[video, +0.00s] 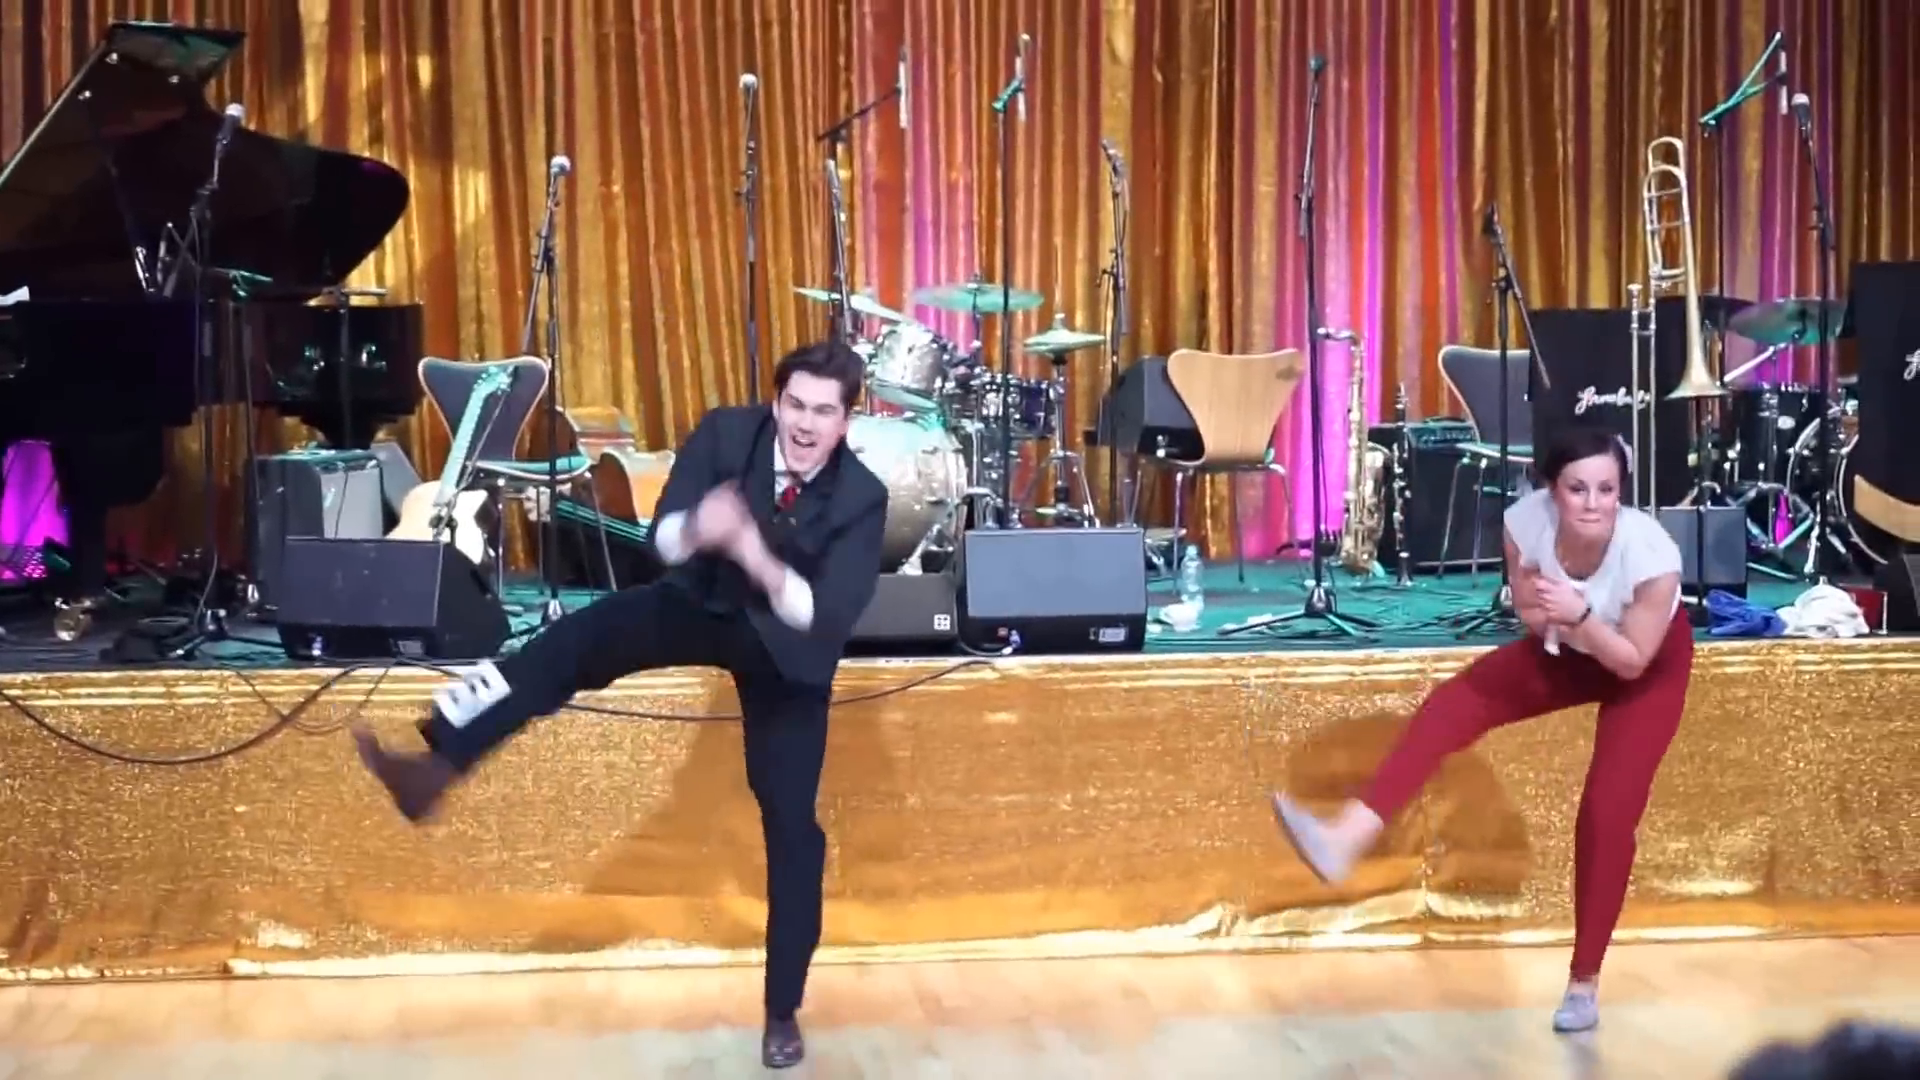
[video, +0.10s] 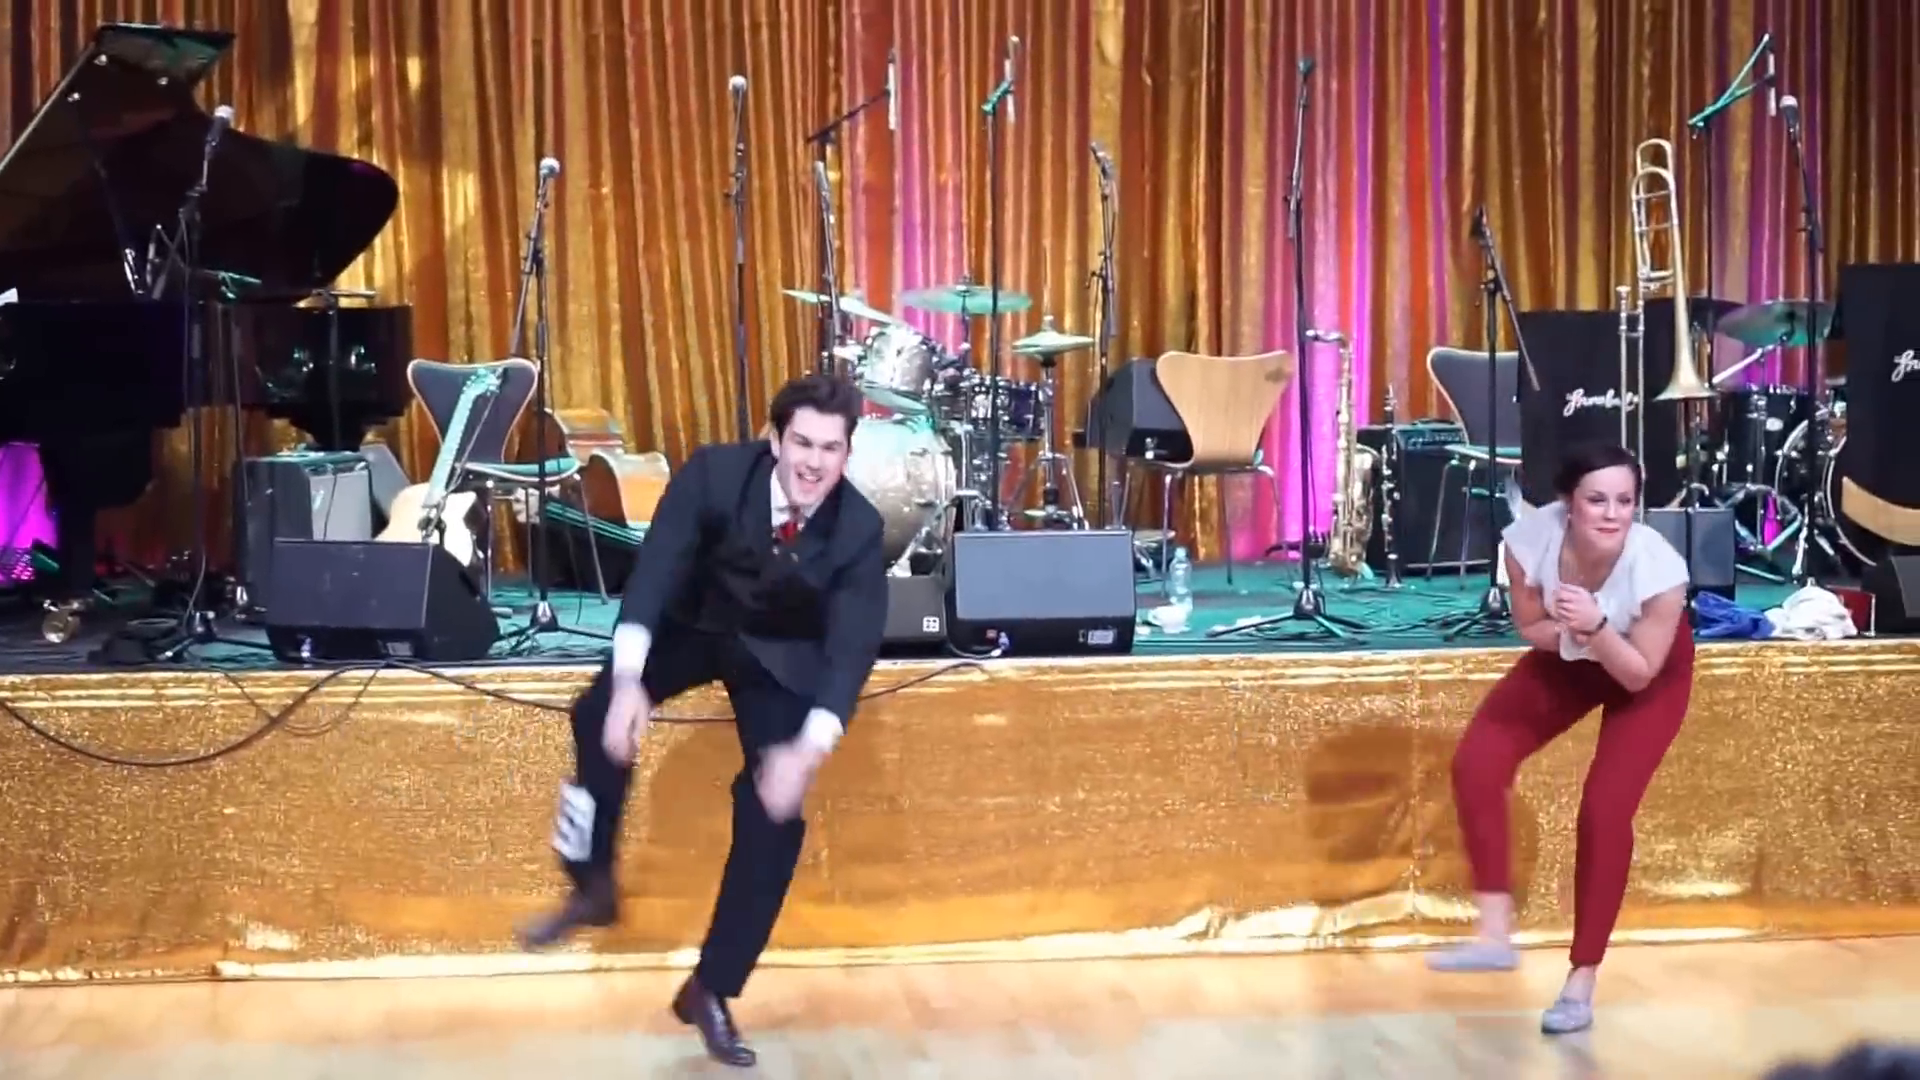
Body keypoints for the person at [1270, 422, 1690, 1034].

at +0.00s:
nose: (1593, 504)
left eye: (1607, 489)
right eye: (1578, 489)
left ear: (1623, 491)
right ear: (1551, 488)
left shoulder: (1651, 552)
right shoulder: (1525, 522)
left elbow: (1633, 660)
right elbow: (1527, 612)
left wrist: (1580, 613)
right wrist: (1545, 610)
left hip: (1650, 663)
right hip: (1572, 651)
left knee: (1607, 809)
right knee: (1454, 702)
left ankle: (1584, 983)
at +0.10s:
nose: (1613, 513)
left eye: (1625, 500)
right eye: (1598, 500)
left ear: (1637, 504)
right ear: (1568, 502)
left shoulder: (1659, 568)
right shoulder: (1531, 536)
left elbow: (1641, 673)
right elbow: (1531, 628)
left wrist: (1597, 625)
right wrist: (1566, 628)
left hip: (1652, 669)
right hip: (1567, 658)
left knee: (1604, 811)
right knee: (1478, 760)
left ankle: (1581, 980)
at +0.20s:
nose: (1636, 514)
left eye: (1646, 501)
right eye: (1620, 500)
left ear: (1657, 508)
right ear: (1587, 507)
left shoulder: (1671, 574)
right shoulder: (1541, 550)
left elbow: (1652, 680)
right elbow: (1533, 648)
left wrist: (1619, 633)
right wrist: (1587, 647)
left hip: (1645, 691)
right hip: (1566, 682)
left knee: (1591, 805)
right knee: (1533, 823)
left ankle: (1568, 986)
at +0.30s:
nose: (1658, 496)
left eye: (1666, 484)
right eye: (1642, 484)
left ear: (1674, 491)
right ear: (1605, 492)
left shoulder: (1684, 554)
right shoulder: (1556, 542)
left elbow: (1674, 657)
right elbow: (1547, 653)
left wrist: (1646, 623)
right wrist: (1616, 643)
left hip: (1648, 683)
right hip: (1571, 682)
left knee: (1612, 819)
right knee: (1584, 823)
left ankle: (1576, 980)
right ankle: (1660, 962)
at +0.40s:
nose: (1671, 470)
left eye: (1678, 458)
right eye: (1656, 458)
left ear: (1684, 465)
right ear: (1617, 466)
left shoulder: (1697, 531)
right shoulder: (1565, 526)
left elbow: (1690, 632)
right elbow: (1558, 635)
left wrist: (1663, 599)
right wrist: (1631, 623)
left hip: (1656, 665)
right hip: (1575, 667)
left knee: (1635, 799)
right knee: (1573, 816)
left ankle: (1628, 959)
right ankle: (1611, 941)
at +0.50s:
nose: (1683, 456)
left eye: (1689, 445)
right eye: (1668, 444)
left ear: (1694, 454)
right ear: (1628, 453)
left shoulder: (1709, 520)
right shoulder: (1579, 521)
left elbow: (1714, 625)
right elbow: (1575, 627)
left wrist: (1672, 602)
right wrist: (1631, 616)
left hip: (1664, 666)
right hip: (1581, 669)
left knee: (1681, 814)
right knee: (1578, 815)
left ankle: (1699, 942)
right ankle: (1576, 951)